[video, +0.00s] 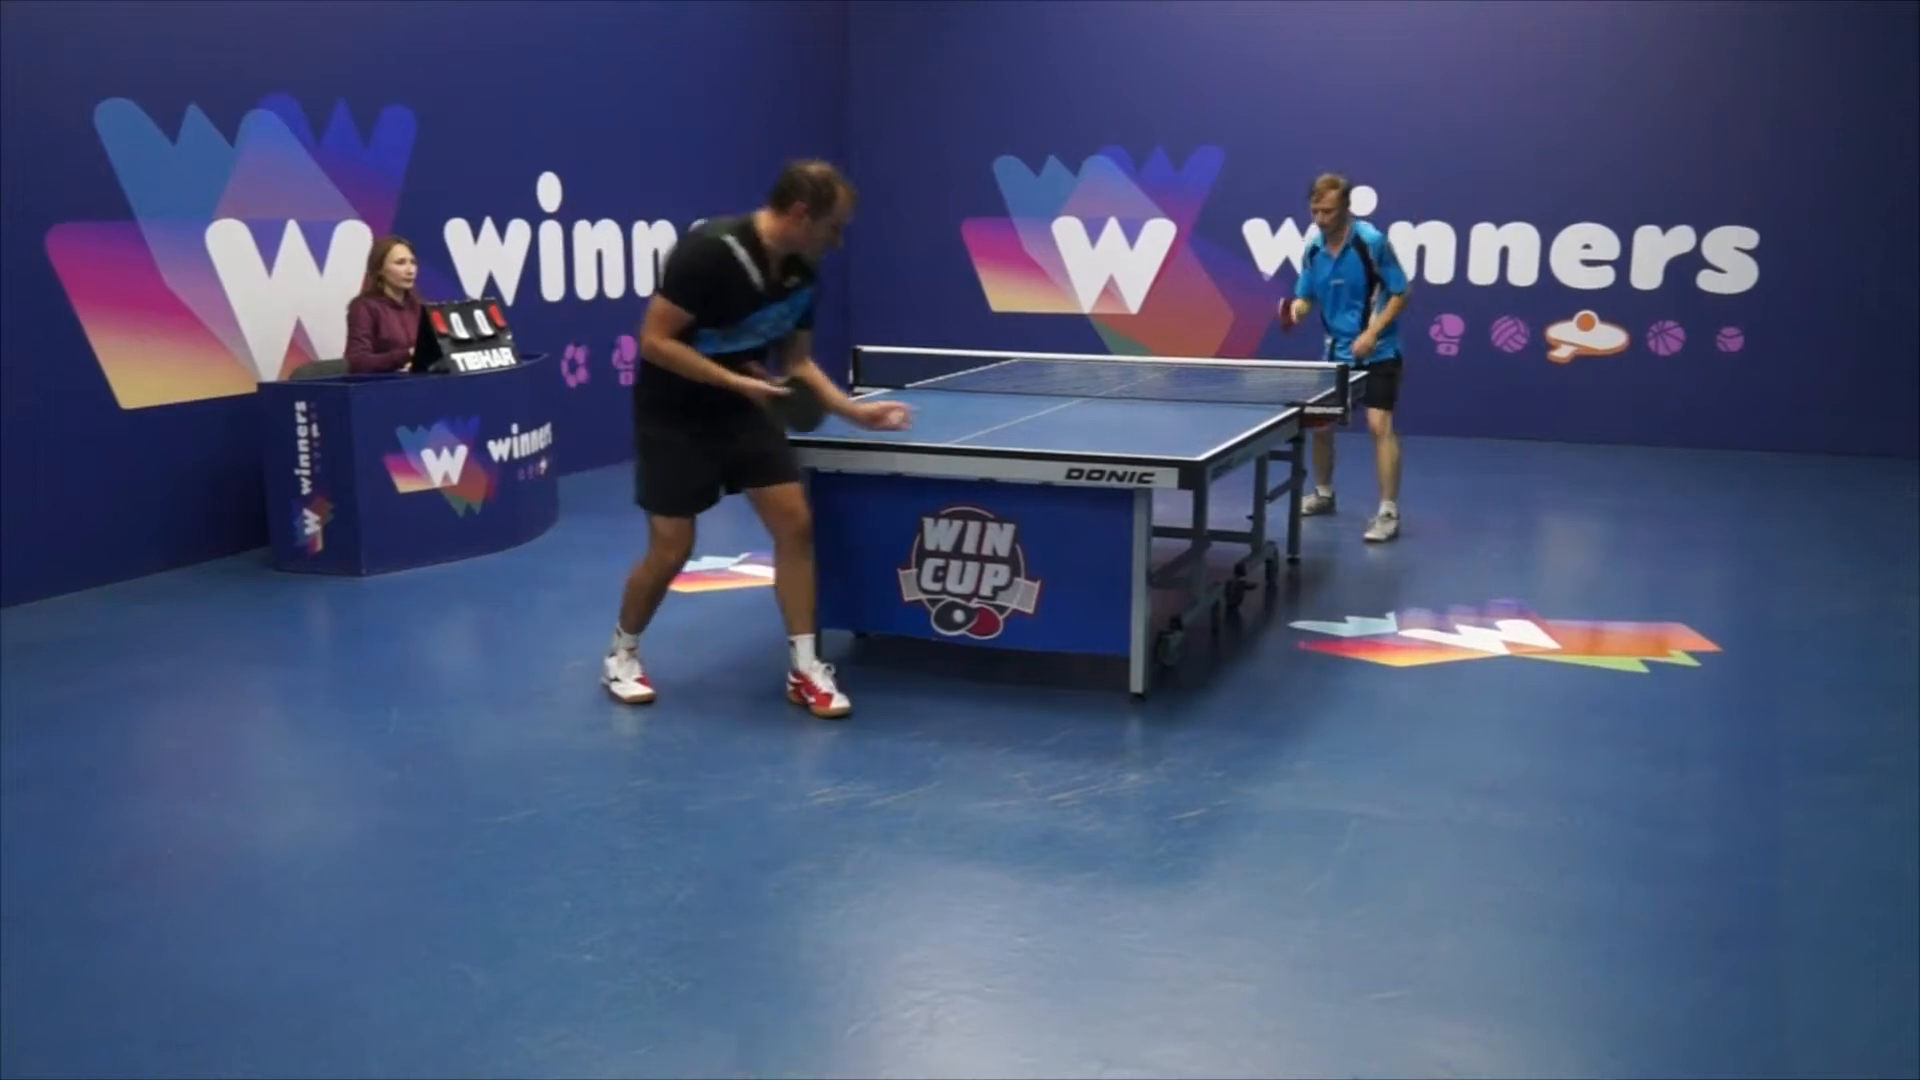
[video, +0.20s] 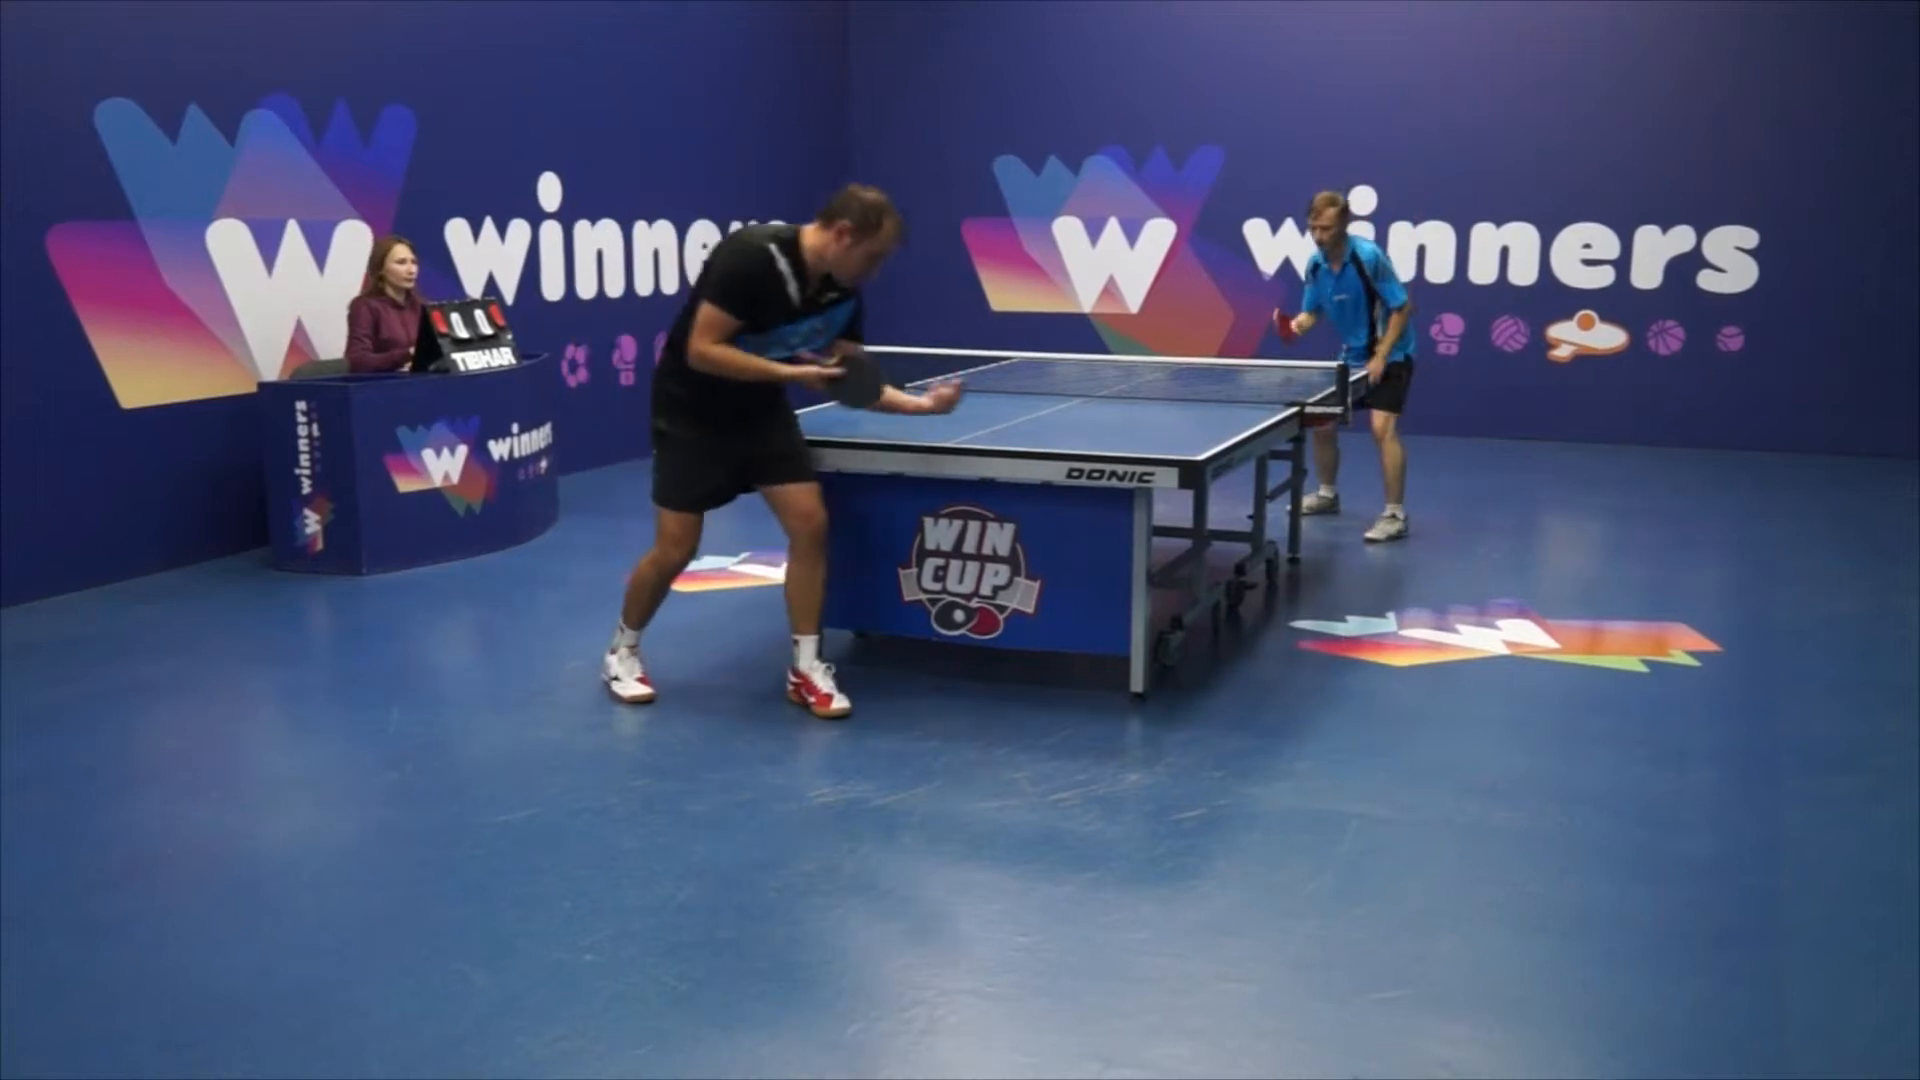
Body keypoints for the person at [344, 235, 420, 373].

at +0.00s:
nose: (410, 270)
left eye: (413, 262)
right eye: (400, 263)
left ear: (417, 265)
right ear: (379, 270)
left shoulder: (417, 307)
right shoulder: (363, 307)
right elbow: (358, 362)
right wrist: (408, 354)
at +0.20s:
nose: (411, 270)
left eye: (414, 262)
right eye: (401, 262)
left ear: (418, 265)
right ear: (380, 269)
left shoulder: (418, 307)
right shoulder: (364, 306)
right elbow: (358, 362)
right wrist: (408, 354)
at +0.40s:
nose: (412, 269)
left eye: (414, 262)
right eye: (402, 262)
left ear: (418, 265)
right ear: (380, 269)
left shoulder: (419, 307)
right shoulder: (365, 306)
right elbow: (358, 362)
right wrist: (408, 354)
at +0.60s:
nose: (412, 270)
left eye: (414, 262)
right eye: (402, 262)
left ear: (418, 265)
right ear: (381, 269)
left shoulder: (419, 307)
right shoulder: (365, 307)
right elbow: (359, 362)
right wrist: (409, 354)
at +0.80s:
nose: (413, 270)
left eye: (415, 262)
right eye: (403, 262)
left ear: (419, 265)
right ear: (381, 270)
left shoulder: (419, 308)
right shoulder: (366, 307)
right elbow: (359, 362)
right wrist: (409, 355)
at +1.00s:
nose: (414, 269)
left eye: (416, 262)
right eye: (404, 262)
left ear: (420, 265)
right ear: (382, 269)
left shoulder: (420, 308)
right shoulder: (366, 307)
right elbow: (359, 362)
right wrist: (409, 355)